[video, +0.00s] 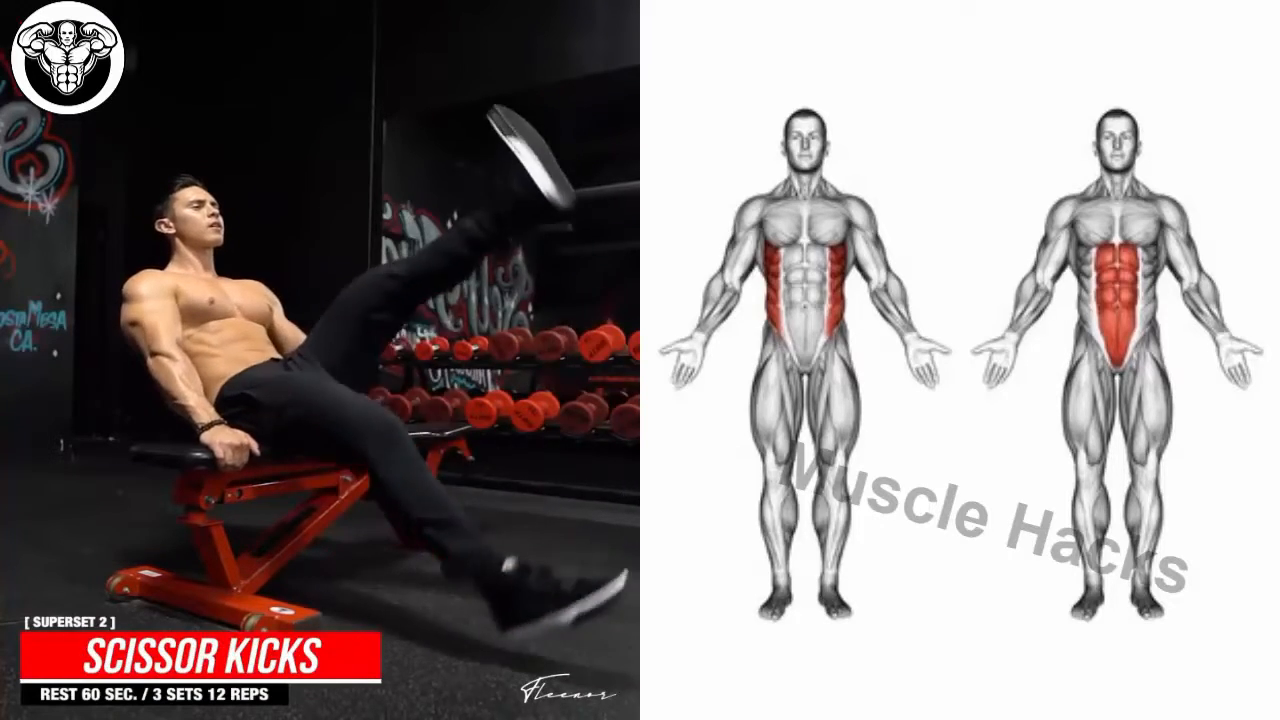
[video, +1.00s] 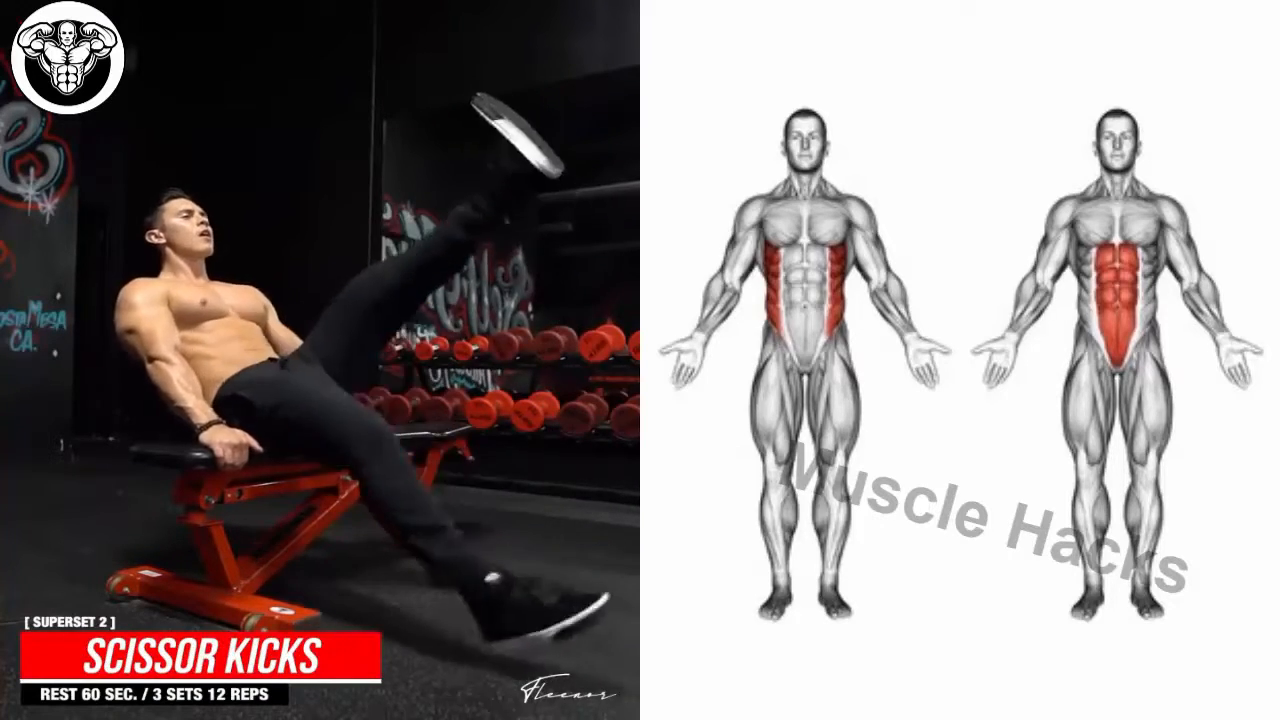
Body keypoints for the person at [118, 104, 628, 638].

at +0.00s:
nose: (212, 212)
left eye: (214, 205)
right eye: (197, 205)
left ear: (217, 223)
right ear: (167, 225)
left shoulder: (253, 290)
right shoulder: (150, 284)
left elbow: (310, 353)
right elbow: (164, 355)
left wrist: (372, 405)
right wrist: (209, 425)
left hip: (300, 375)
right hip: (246, 388)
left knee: (376, 290)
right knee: (375, 425)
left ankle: (517, 210)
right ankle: (501, 584)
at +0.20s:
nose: (205, 215)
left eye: (206, 208)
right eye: (190, 209)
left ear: (212, 225)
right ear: (161, 229)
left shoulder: (252, 289)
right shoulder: (146, 288)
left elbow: (305, 355)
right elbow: (167, 359)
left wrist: (358, 415)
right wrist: (209, 423)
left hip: (296, 394)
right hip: (241, 402)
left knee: (410, 343)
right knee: (372, 346)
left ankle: (568, 382)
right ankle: (549, 379)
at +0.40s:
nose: (207, 214)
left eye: (207, 207)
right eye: (192, 208)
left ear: (209, 225)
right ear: (161, 228)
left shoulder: (252, 286)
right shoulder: (145, 290)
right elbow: (162, 362)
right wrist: (208, 426)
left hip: (306, 392)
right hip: (246, 387)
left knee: (432, 436)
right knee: (338, 273)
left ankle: (541, 581)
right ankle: (476, 187)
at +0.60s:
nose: (208, 215)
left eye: (207, 208)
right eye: (192, 209)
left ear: (209, 225)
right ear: (161, 227)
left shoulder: (252, 291)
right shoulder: (143, 290)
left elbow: (303, 345)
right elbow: (165, 362)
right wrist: (208, 426)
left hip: (302, 397)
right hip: (242, 394)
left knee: (418, 405)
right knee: (329, 296)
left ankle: (551, 531)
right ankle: (497, 228)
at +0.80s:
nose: (202, 219)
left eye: (201, 212)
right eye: (186, 214)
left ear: (207, 227)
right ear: (158, 235)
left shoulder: (249, 292)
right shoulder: (143, 293)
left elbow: (308, 356)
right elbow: (169, 362)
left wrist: (358, 416)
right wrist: (210, 425)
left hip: (303, 386)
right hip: (243, 399)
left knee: (406, 322)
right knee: (359, 357)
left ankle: (548, 312)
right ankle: (531, 450)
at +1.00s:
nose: (203, 221)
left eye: (203, 215)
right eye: (187, 215)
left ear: (206, 235)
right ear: (158, 237)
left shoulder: (246, 294)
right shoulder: (142, 294)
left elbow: (302, 352)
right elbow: (163, 358)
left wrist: (354, 394)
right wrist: (207, 424)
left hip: (302, 370)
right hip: (250, 387)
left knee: (383, 284)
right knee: (371, 438)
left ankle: (502, 188)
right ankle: (490, 591)